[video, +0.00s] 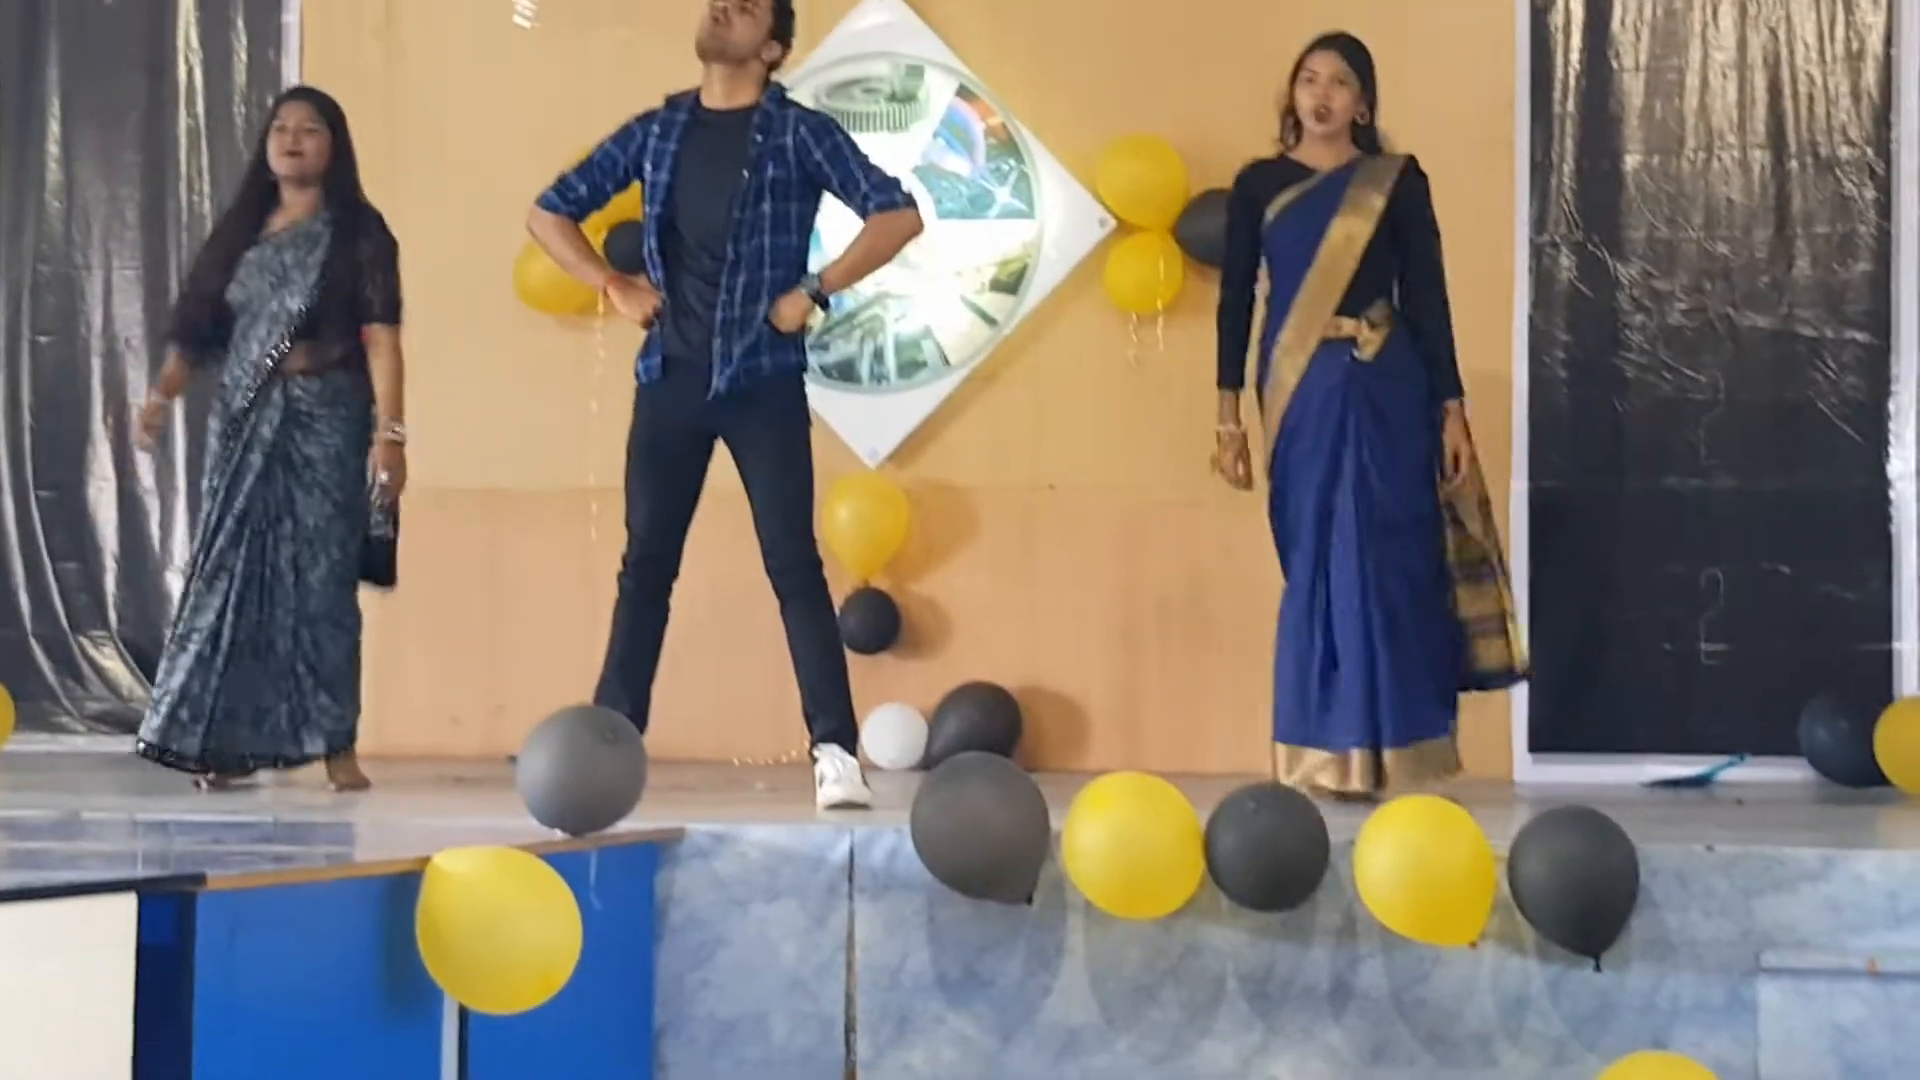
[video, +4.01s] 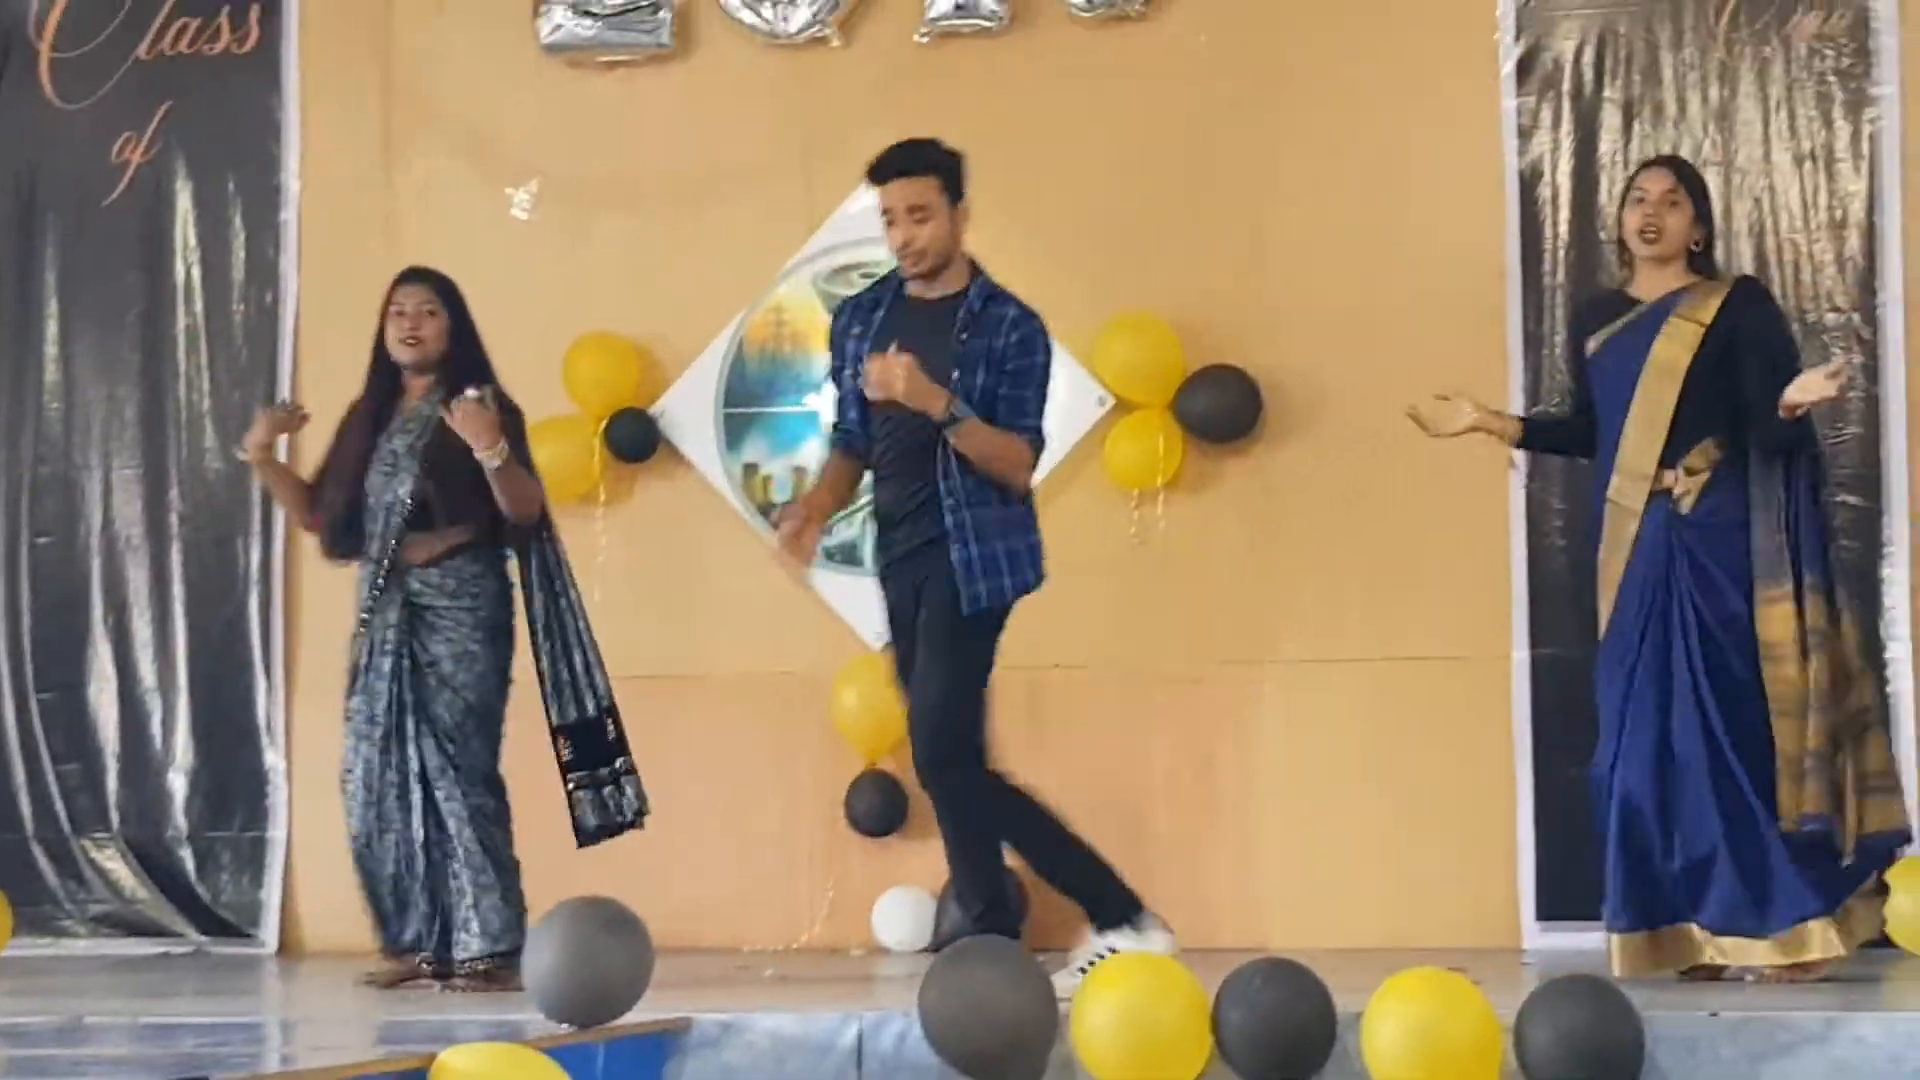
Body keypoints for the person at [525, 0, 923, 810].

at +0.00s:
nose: (720, 10)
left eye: (744, 7)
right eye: (718, 2)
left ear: (773, 45)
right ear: (701, 28)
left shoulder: (801, 131)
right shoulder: (660, 128)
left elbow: (899, 215)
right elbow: (548, 212)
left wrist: (815, 290)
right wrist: (614, 285)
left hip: (763, 380)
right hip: (670, 379)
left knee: (792, 562)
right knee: (646, 561)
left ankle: (833, 750)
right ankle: (609, 751)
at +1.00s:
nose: (922, 279)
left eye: (934, 266)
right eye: (911, 261)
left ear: (937, 267)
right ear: (866, 247)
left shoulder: (941, 338)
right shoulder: (803, 307)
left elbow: (962, 451)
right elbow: (708, 392)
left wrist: (919, 354)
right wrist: (785, 329)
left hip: (901, 585)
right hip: (810, 584)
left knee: (926, 754)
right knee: (770, 771)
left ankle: (967, 933)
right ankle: (721, 954)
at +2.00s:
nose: (872, 521)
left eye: (878, 500)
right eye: (855, 509)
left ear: (917, 466)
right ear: (843, 502)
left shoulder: (1002, 486)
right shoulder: (871, 569)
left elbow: (1075, 589)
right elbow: (907, 702)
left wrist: (971, 613)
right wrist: (864, 656)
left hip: (1039, 769)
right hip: (943, 777)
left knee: (1115, 962)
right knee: (850, 949)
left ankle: (1191, 1076)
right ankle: (758, 1076)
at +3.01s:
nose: (846, 80)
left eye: (868, 72)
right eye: (851, 65)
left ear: (915, 98)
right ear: (876, 85)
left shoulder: (907, 177)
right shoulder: (867, 179)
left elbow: (875, 320)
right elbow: (826, 317)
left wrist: (834, 241)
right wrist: (779, 289)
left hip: (860, 451)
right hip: (824, 451)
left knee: (850, 648)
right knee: (743, 622)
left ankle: (996, 806)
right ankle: (699, 822)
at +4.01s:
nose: (902, 233)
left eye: (918, 214)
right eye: (889, 218)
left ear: (960, 213)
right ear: (880, 223)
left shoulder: (1009, 325)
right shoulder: (862, 320)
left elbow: (1020, 461)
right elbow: (852, 444)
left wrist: (930, 397)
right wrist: (811, 510)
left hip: (976, 549)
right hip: (899, 557)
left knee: (942, 752)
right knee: (953, 767)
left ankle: (987, 949)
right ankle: (1124, 919)